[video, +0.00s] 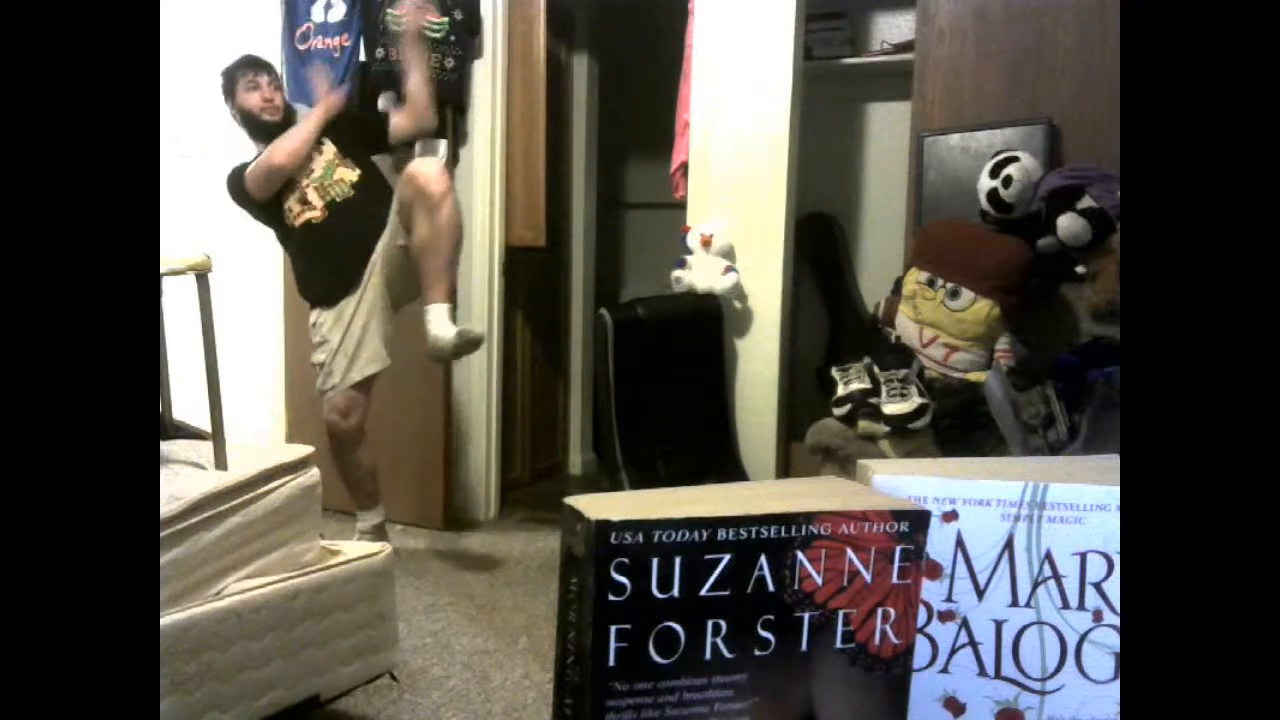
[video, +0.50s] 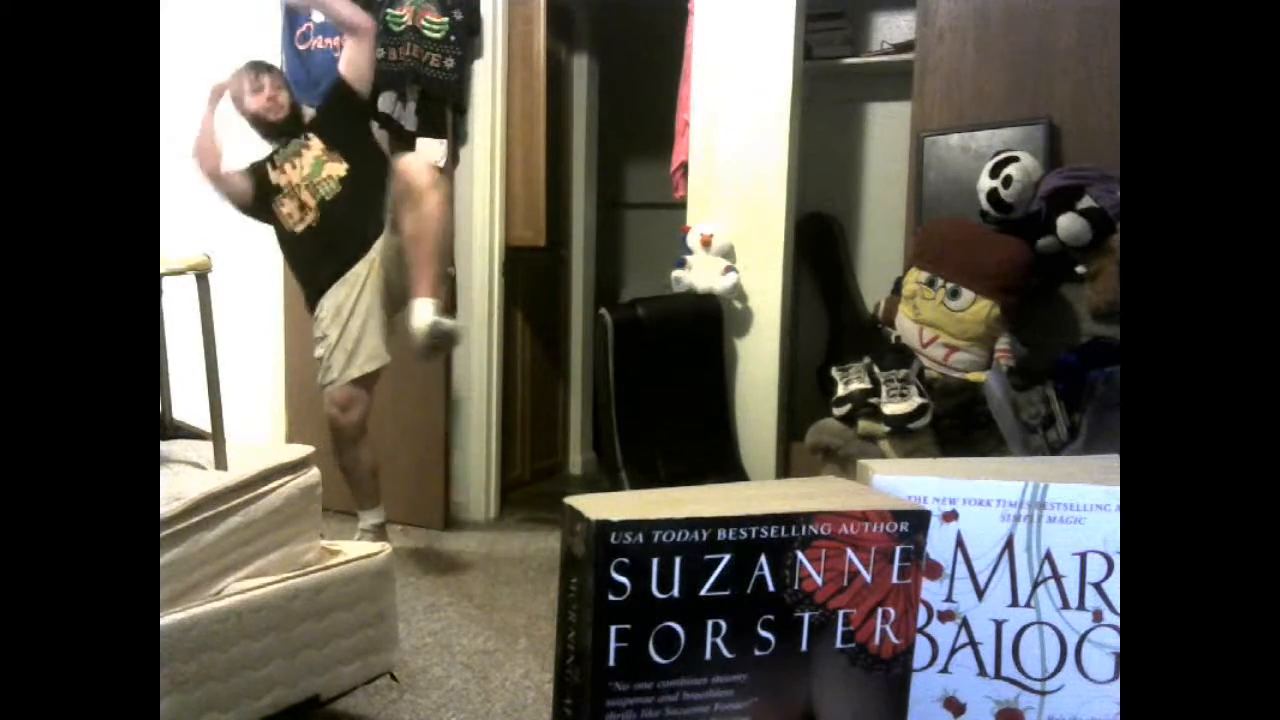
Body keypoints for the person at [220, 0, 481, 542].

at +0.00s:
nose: (265, 90)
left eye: (269, 81)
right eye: (250, 87)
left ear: (282, 89)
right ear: (236, 108)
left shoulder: (335, 124)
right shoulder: (244, 180)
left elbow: (420, 117)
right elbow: (279, 166)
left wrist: (412, 39)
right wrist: (322, 110)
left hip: (390, 253)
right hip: (337, 302)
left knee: (427, 175)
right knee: (342, 420)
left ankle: (440, 323)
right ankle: (372, 526)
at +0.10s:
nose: (252, 99)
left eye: (254, 88)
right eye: (239, 99)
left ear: (270, 91)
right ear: (229, 121)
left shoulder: (330, 125)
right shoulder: (246, 179)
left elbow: (410, 149)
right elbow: (283, 152)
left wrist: (363, 81)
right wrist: (320, 104)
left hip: (394, 253)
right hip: (340, 302)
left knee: (431, 164)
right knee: (343, 419)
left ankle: (448, 313)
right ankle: (372, 527)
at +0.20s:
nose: (252, 110)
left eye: (255, 99)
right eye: (237, 108)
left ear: (272, 101)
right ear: (226, 130)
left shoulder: (334, 129)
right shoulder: (250, 178)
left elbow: (397, 133)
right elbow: (287, 130)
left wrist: (368, 78)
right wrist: (338, 58)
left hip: (395, 250)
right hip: (340, 298)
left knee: (429, 154)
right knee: (343, 419)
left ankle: (449, 302)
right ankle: (371, 524)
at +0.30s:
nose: (267, 93)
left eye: (265, 86)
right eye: (253, 94)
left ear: (278, 94)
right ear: (239, 117)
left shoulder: (339, 129)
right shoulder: (253, 173)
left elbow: (373, 74)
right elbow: (263, 112)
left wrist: (340, 17)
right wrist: (293, 40)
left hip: (392, 246)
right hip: (338, 289)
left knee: (434, 148)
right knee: (341, 415)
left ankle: (441, 289)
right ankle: (369, 518)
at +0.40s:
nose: (268, 98)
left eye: (270, 89)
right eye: (254, 95)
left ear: (284, 94)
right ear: (243, 114)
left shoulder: (340, 122)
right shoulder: (258, 178)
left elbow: (370, 54)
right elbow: (243, 128)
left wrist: (331, 4)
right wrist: (268, 45)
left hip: (392, 245)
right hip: (336, 290)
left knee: (434, 151)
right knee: (340, 414)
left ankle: (437, 297)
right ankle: (370, 524)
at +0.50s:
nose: (262, 92)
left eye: (265, 81)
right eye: (251, 92)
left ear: (286, 85)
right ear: (247, 114)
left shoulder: (339, 114)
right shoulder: (262, 182)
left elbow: (362, 28)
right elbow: (210, 168)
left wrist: (311, 4)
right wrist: (212, 103)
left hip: (390, 250)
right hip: (337, 297)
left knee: (415, 168)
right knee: (344, 414)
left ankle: (425, 311)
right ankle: (372, 524)